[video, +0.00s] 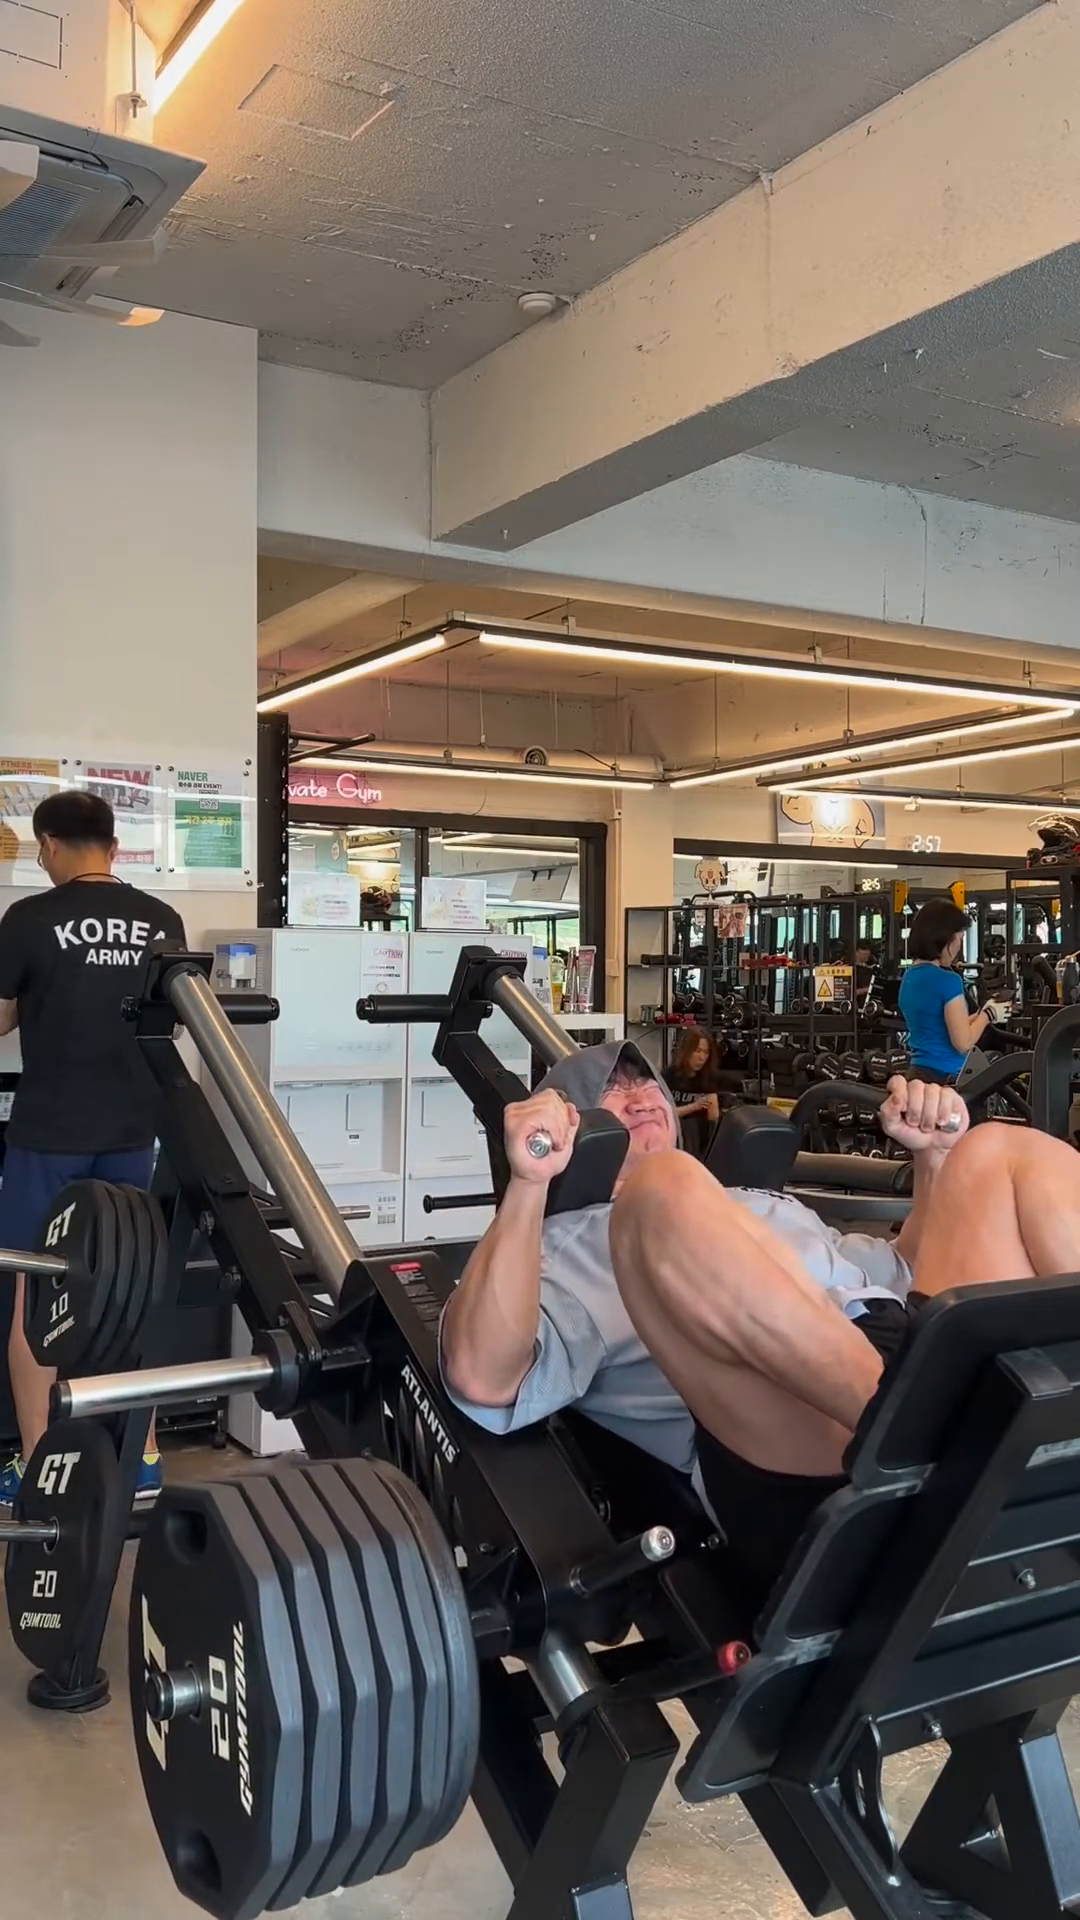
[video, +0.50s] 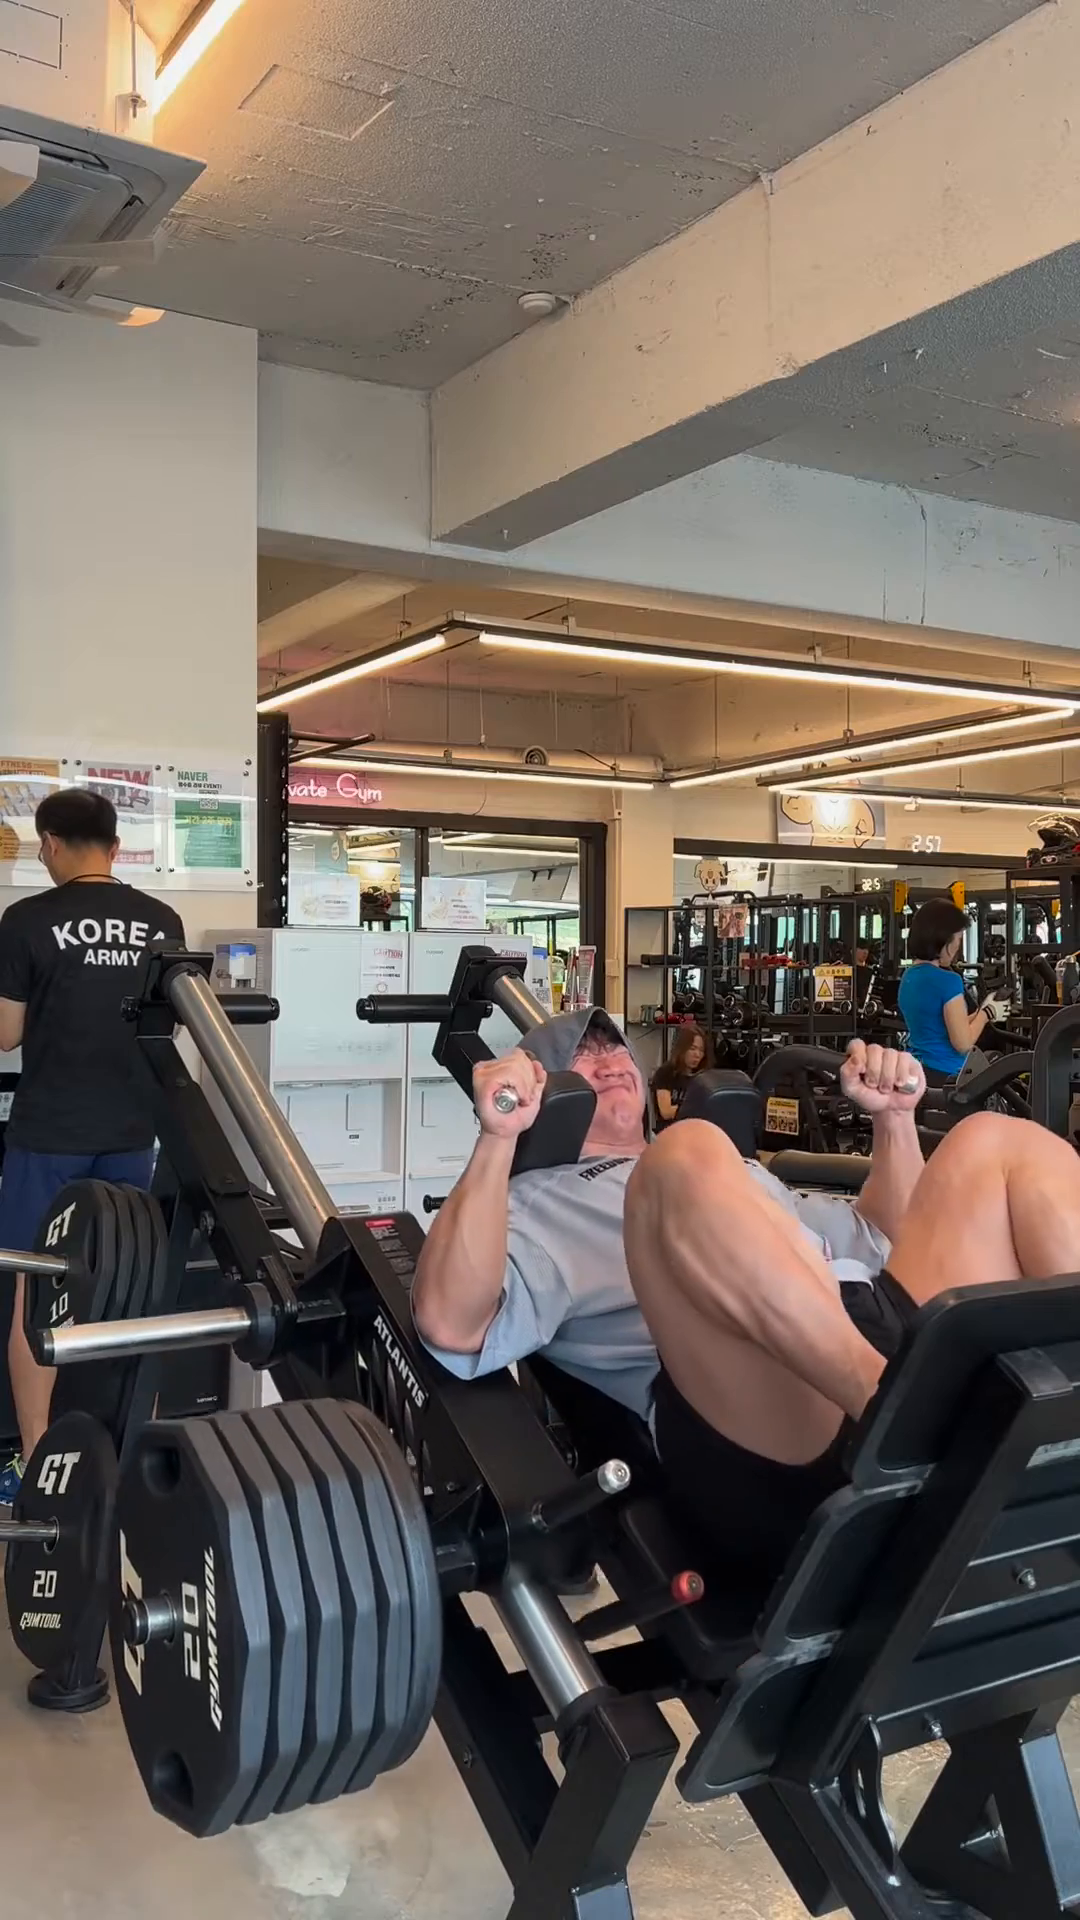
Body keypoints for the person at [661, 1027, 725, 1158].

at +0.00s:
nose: (702, 1057)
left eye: (706, 1052)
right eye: (697, 1051)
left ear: (709, 1055)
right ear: (686, 1051)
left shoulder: (709, 1080)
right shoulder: (667, 1078)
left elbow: (713, 1119)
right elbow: (659, 1114)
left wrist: (713, 1109)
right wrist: (693, 1107)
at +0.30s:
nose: (699, 1056)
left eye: (703, 1051)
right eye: (694, 1050)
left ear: (706, 1054)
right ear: (683, 1049)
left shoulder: (706, 1077)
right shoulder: (666, 1074)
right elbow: (667, 1111)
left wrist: (714, 1101)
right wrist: (698, 1104)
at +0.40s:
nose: (698, 1055)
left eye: (702, 1050)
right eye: (693, 1049)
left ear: (705, 1053)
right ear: (682, 1049)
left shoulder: (706, 1075)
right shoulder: (665, 1073)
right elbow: (667, 1112)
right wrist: (698, 1106)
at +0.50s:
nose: (697, 1055)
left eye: (701, 1050)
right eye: (692, 1049)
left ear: (705, 1053)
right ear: (681, 1048)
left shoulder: (704, 1076)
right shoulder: (665, 1073)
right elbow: (666, 1112)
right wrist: (695, 1107)